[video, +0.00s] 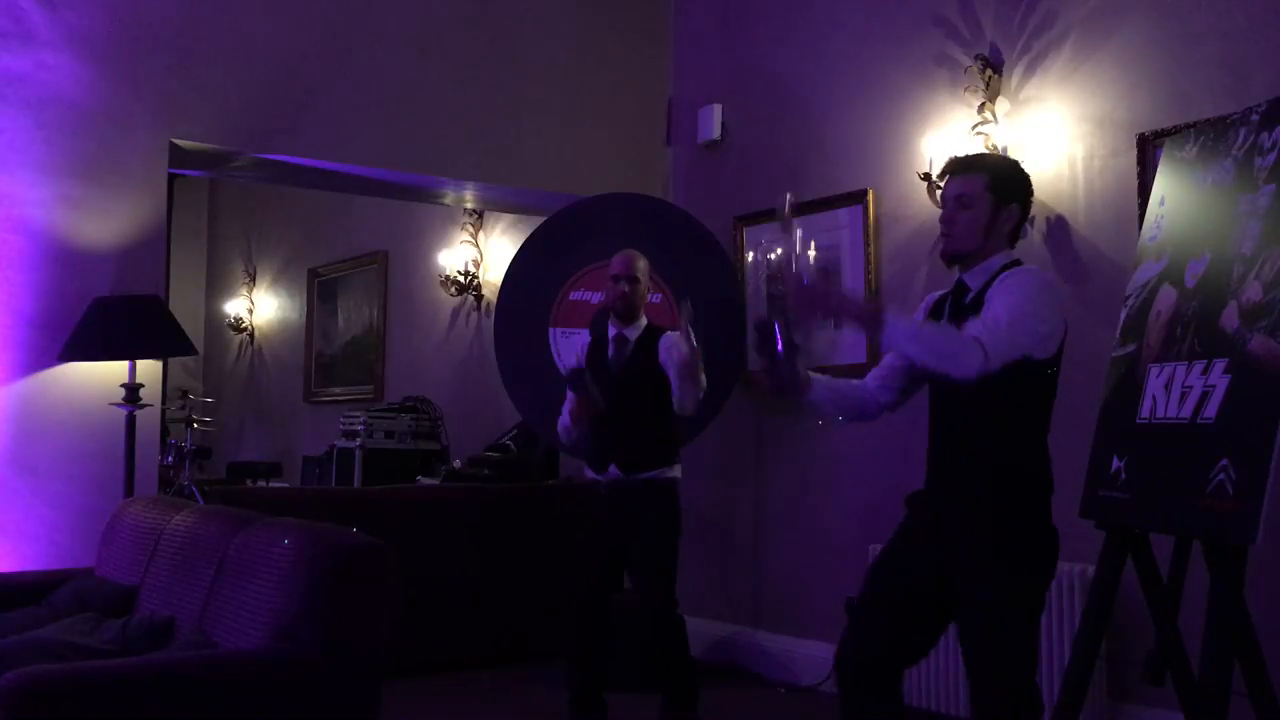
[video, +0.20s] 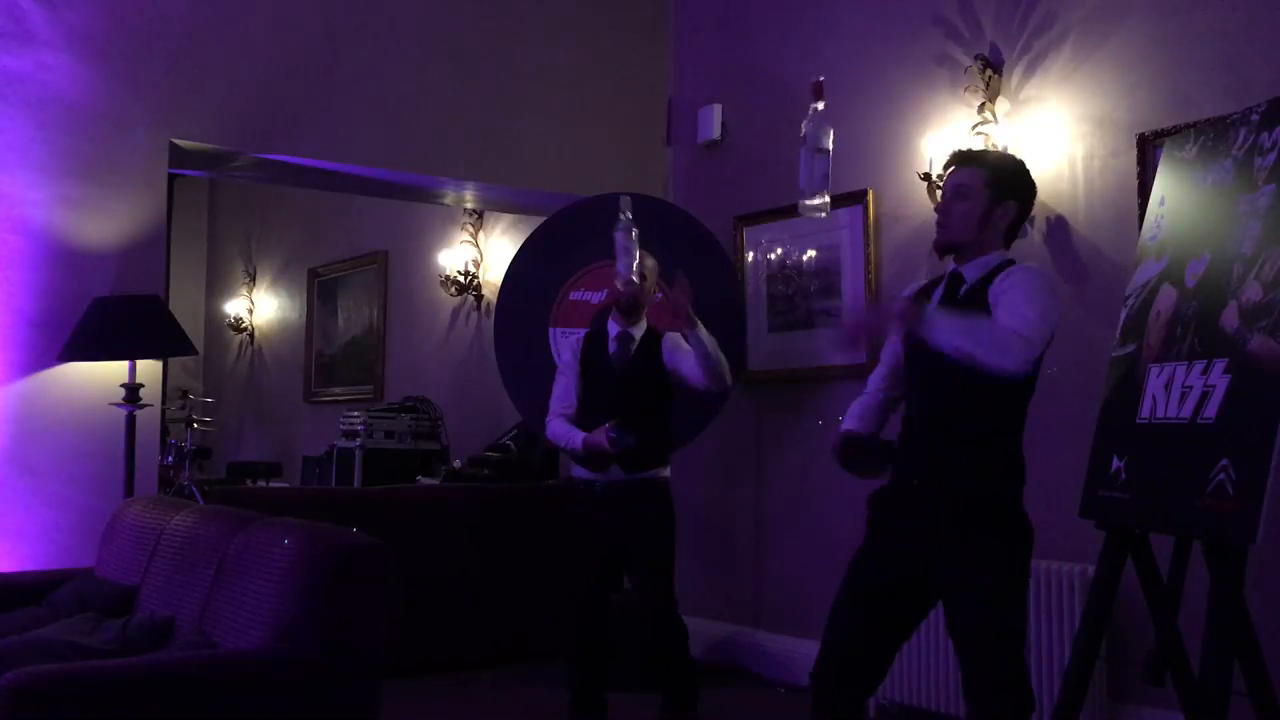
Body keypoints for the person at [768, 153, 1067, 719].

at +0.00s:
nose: (944, 216)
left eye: (961, 204)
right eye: (944, 203)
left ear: (1007, 217)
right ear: (940, 211)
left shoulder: (1032, 292)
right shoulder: (939, 307)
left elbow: (971, 357)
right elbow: (879, 393)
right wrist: (800, 383)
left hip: (1007, 523)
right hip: (941, 516)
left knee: (1001, 693)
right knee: (864, 662)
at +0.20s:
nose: (941, 204)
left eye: (960, 194)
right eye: (943, 193)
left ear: (1003, 212)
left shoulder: (1025, 284)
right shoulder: (924, 296)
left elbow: (1013, 352)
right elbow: (885, 382)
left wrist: (917, 320)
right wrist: (855, 431)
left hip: (984, 509)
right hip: (911, 503)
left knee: (996, 690)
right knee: (838, 679)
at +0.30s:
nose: (931, 204)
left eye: (950, 195)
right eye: (934, 193)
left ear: (993, 215)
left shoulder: (1021, 297)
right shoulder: (897, 295)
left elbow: (1092, 390)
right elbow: (861, 387)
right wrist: (854, 439)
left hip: (969, 517)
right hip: (887, 511)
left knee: (986, 696)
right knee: (822, 680)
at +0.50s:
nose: (909, 228)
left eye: (927, 219)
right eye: (914, 216)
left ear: (971, 234)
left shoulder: (1009, 326)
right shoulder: (877, 291)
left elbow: (1035, 416)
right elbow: (835, 388)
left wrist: (964, 437)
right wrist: (844, 463)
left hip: (943, 521)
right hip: (861, 510)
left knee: (975, 690)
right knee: (813, 681)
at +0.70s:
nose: (869, 260)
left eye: (885, 251)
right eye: (871, 248)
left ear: (928, 267)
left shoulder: (963, 358)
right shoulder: (839, 318)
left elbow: (964, 444)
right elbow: (797, 407)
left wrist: (916, 473)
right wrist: (779, 488)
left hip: (904, 537)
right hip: (823, 527)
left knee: (939, 693)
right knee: (786, 690)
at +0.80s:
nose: (843, 267)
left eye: (856, 257)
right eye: (845, 256)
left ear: (898, 268)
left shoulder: (942, 362)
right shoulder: (824, 328)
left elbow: (980, 457)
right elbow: (784, 410)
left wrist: (947, 525)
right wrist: (736, 476)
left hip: (882, 541)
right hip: (808, 530)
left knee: (898, 694)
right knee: (769, 681)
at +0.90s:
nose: (821, 267)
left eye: (833, 256)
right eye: (825, 256)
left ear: (871, 266)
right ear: (861, 267)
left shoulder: (915, 357)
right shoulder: (825, 336)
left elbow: (983, 449)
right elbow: (780, 405)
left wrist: (978, 542)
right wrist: (708, 434)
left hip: (862, 550)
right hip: (802, 536)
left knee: (857, 691)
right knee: (764, 677)